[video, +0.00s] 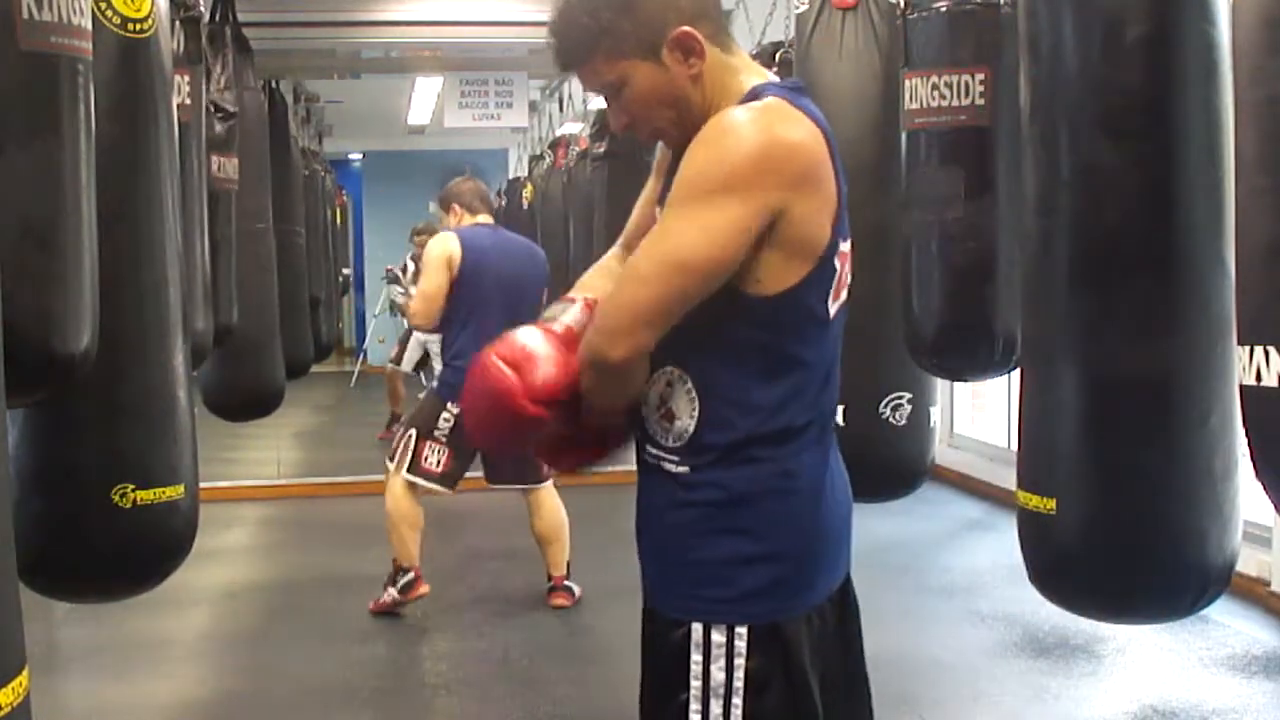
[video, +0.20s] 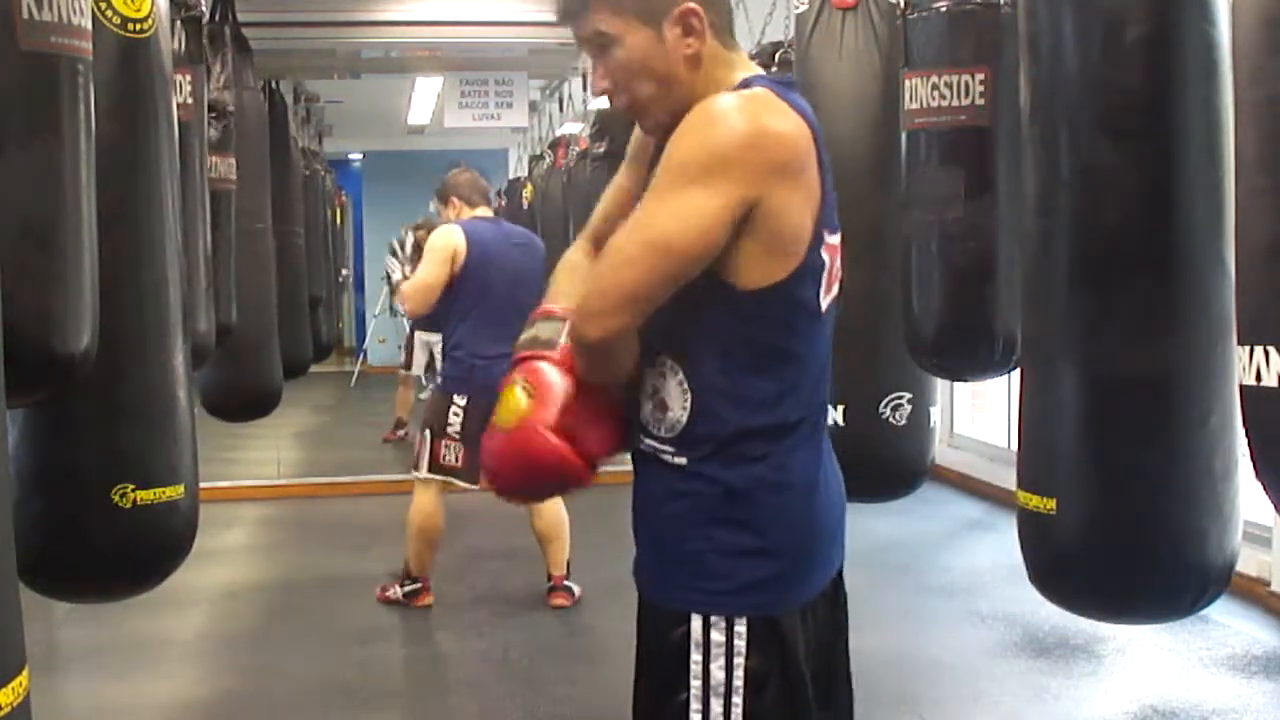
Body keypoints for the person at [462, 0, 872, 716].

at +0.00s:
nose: (613, 119)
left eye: (613, 92)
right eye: (603, 100)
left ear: (686, 53)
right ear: (687, 56)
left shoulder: (753, 137)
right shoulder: (708, 127)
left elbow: (618, 346)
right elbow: (626, 254)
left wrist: (604, 420)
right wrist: (556, 337)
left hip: (733, 542)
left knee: (713, 712)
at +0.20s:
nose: (594, 80)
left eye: (604, 46)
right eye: (587, 54)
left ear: (685, 30)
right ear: (683, 38)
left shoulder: (736, 126)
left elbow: (598, 319)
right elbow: (591, 249)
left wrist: (614, 383)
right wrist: (551, 351)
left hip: (729, 536)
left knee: (714, 710)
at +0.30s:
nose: (590, 72)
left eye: (601, 37)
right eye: (585, 45)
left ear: (680, 27)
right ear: (679, 34)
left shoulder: (719, 119)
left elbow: (577, 303)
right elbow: (566, 273)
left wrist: (619, 374)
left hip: (729, 533)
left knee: (709, 711)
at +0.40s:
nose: (586, 69)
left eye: (594, 35)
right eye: (584, 41)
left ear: (668, 30)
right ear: (668, 34)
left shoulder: (709, 129)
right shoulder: (755, 111)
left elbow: (593, 334)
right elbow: (615, 257)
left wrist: (611, 376)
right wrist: (536, 329)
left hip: (722, 530)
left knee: (702, 712)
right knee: (786, 707)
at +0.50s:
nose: (590, 71)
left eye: (596, 39)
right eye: (588, 43)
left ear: (659, 39)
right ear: (661, 40)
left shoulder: (701, 135)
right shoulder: (765, 119)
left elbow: (639, 355)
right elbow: (673, 276)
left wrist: (586, 394)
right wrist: (529, 318)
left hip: (719, 528)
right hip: (790, 502)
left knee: (695, 710)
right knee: (789, 706)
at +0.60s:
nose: (604, 77)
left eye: (607, 49)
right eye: (602, 52)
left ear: (659, 49)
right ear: (665, 49)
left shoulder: (702, 147)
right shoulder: (774, 133)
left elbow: (674, 359)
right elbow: (755, 298)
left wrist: (591, 385)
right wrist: (610, 306)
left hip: (718, 528)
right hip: (793, 501)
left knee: (691, 709)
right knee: (800, 707)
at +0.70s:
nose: (612, 83)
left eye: (616, 58)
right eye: (609, 61)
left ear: (666, 60)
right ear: (689, 60)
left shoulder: (697, 153)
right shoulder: (784, 146)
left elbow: (701, 326)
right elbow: (771, 326)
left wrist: (611, 372)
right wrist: (646, 356)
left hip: (717, 527)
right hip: (795, 505)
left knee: (671, 708)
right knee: (791, 706)